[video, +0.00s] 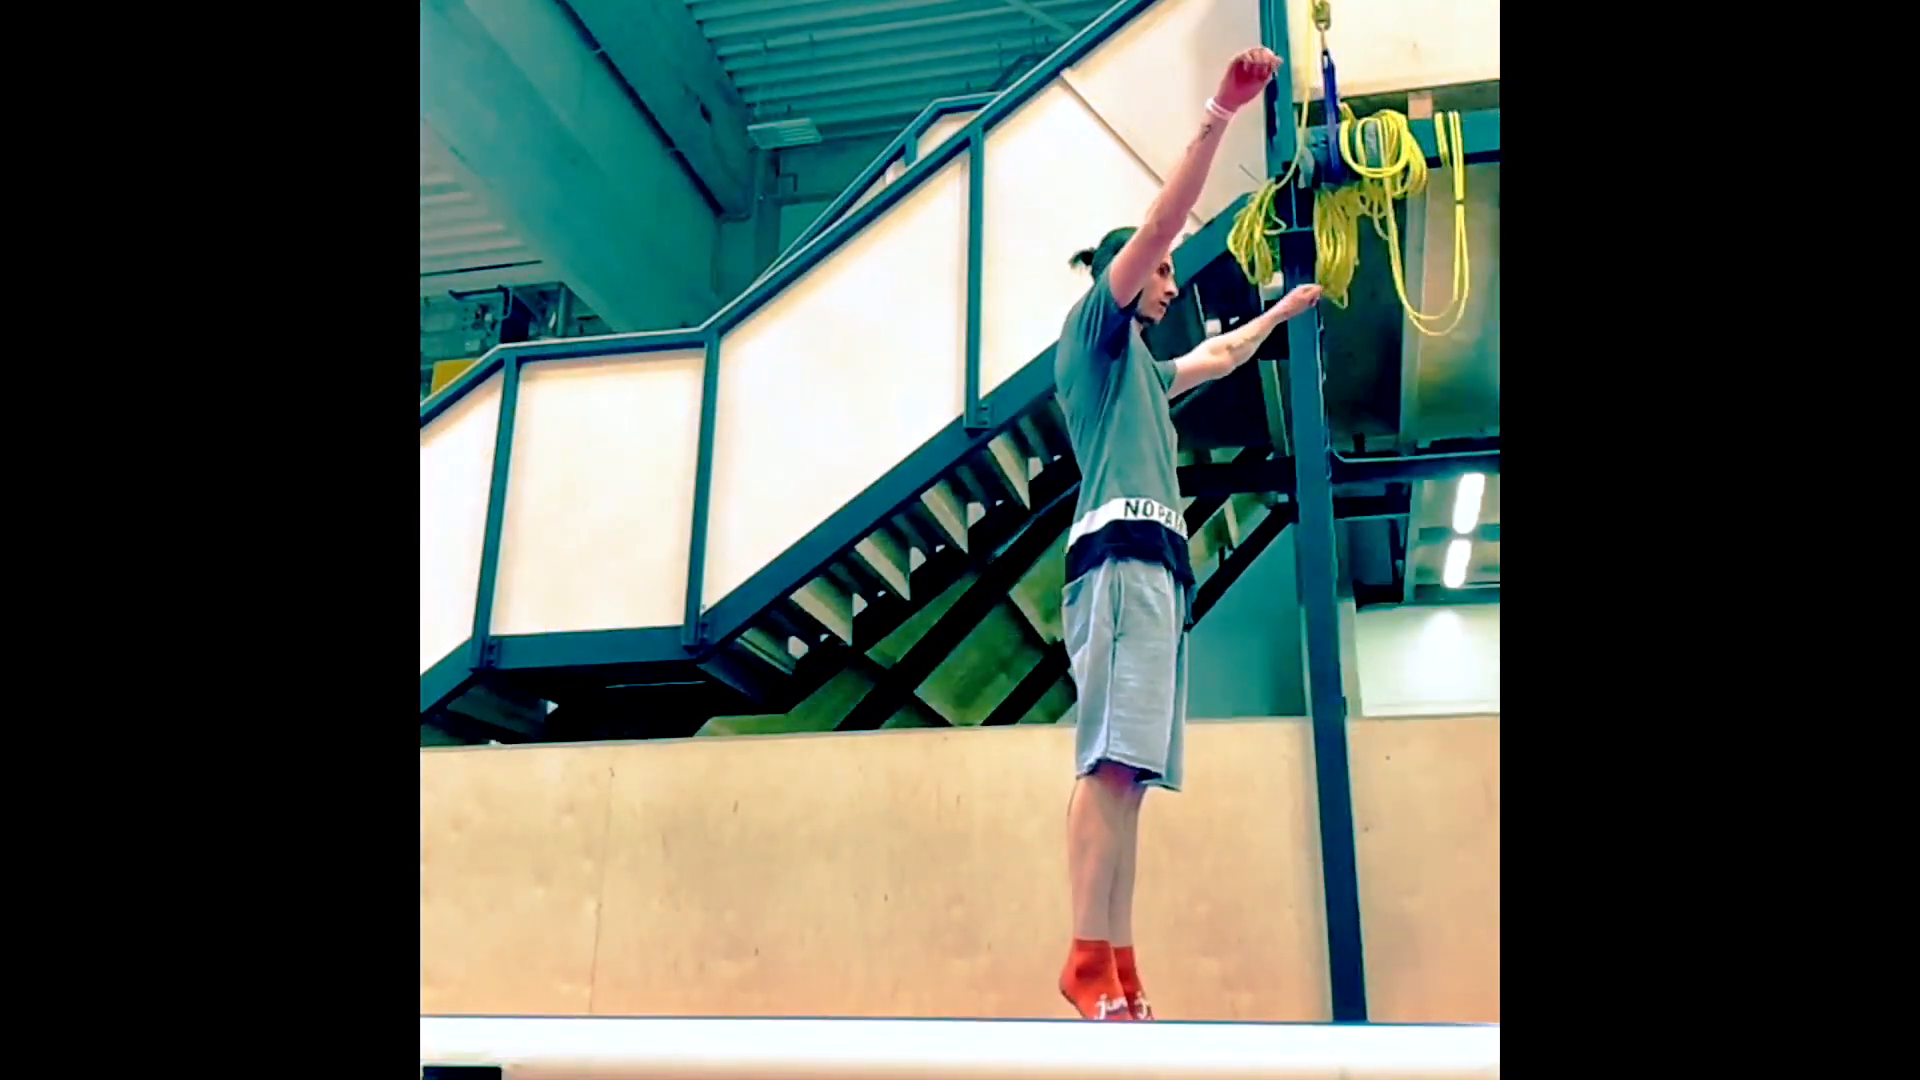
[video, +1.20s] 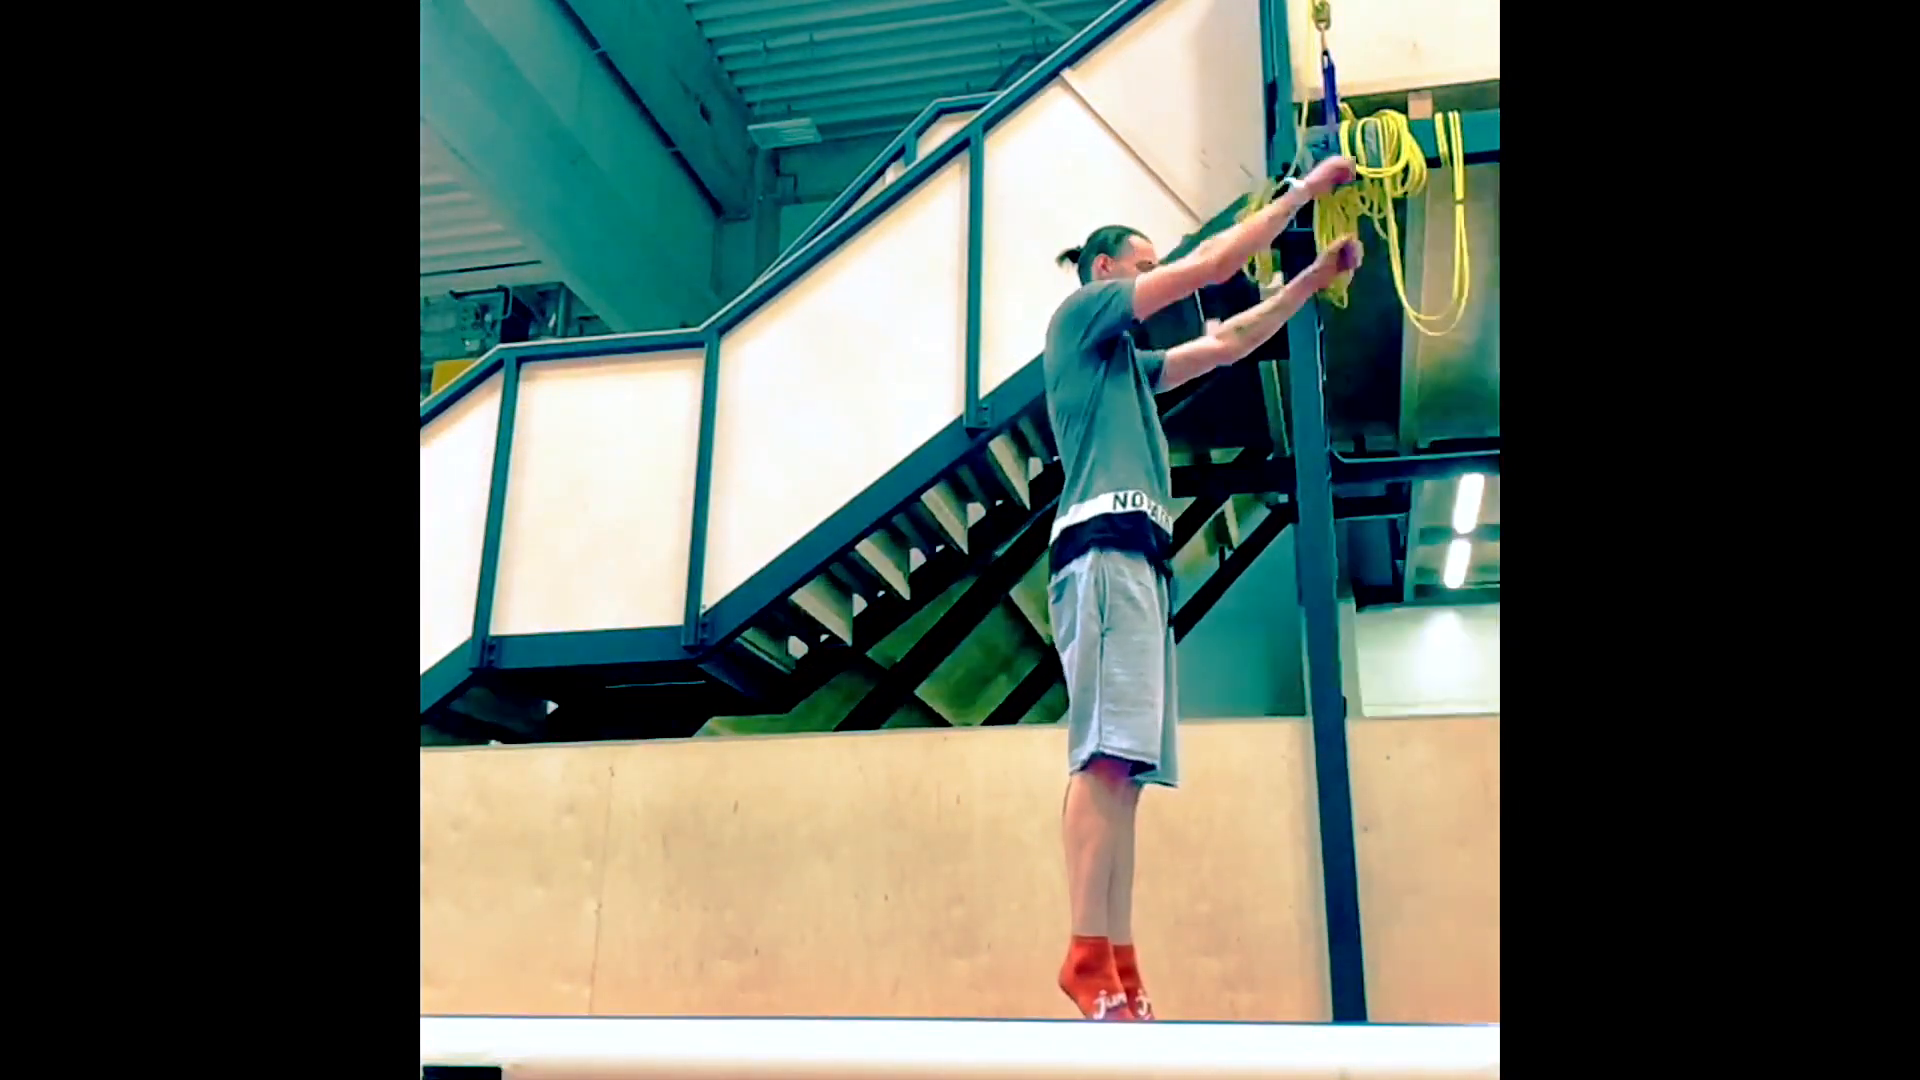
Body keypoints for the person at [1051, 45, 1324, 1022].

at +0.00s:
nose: (1164, 282)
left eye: (1163, 271)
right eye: (1149, 266)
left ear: (1147, 291)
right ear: (1113, 273)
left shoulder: (1141, 367)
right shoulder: (1094, 331)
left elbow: (1219, 352)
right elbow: (1164, 226)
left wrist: (1283, 307)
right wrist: (1218, 115)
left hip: (1152, 568)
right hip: (1121, 562)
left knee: (1129, 770)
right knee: (1112, 765)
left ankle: (1118, 970)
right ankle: (1087, 965)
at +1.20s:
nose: (1154, 270)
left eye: (1153, 260)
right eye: (1142, 258)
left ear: (1125, 274)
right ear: (1101, 265)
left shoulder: (1124, 362)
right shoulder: (1077, 312)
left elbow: (1229, 340)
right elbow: (1207, 264)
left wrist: (1322, 272)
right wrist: (1300, 190)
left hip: (1136, 561)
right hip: (1102, 552)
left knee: (1125, 768)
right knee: (1106, 758)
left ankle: (1118, 968)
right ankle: (1086, 961)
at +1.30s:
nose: (1164, 283)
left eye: (1163, 272)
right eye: (1152, 268)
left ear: (1128, 276)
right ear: (1106, 268)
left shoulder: (1128, 371)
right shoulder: (1076, 321)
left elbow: (1222, 405)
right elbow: (1213, 343)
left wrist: (1326, 373)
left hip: (1129, 565)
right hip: (1093, 555)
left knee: (1121, 766)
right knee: (1102, 760)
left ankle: (1119, 960)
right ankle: (1088, 955)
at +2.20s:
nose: (985, 340)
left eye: (980, 337)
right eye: (970, 340)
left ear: (983, 375)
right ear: (952, 376)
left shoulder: (1020, 428)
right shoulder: (972, 421)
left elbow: (1071, 346)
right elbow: (1020, 286)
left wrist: (1077, 251)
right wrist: (1028, 202)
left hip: (1052, 647)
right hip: (1013, 644)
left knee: (1179, 812)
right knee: (1132, 797)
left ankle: (1107, 993)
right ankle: (1075, 993)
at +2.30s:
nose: (973, 333)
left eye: (966, 330)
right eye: (958, 333)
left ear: (952, 375)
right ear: (943, 366)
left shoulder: (1007, 416)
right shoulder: (965, 402)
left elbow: (1044, 335)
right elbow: (990, 266)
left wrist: (1054, 246)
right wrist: (989, 178)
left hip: (1058, 631)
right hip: (1023, 627)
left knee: (1174, 804)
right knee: (1124, 793)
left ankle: (1111, 987)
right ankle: (1079, 988)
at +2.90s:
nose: (904, 317)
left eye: (900, 317)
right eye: (891, 322)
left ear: (889, 342)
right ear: (874, 340)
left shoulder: (961, 370)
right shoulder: (898, 365)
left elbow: (942, 340)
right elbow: (847, 249)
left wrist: (930, 284)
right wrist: (800, 182)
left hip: (1111, 516)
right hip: (1069, 507)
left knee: (1153, 716)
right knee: (1097, 704)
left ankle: (1135, 900)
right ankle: (1096, 905)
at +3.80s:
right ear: (1198, 517)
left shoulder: (1205, 503)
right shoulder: (1157, 468)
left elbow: (1192, 615)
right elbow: (1122, 560)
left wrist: (1187, 715)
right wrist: (1123, 680)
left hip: (988, 413)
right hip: (980, 369)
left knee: (866, 435)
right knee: (813, 363)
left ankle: (795, 370)